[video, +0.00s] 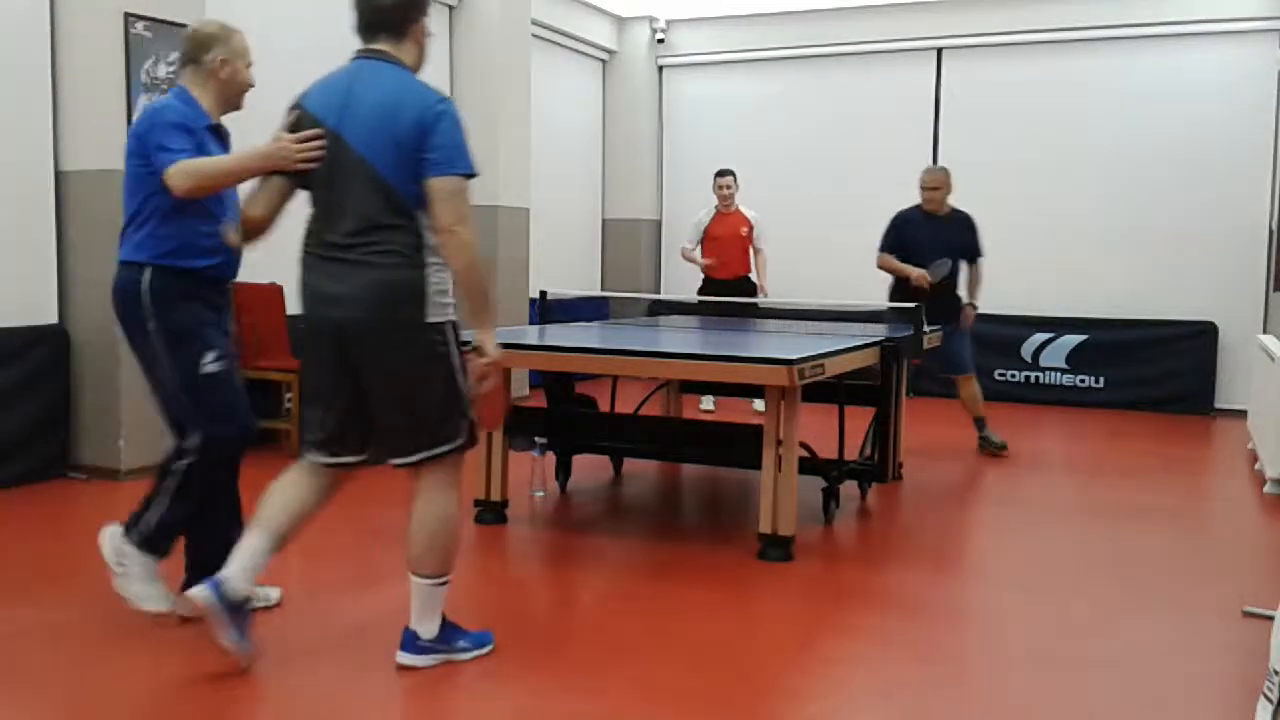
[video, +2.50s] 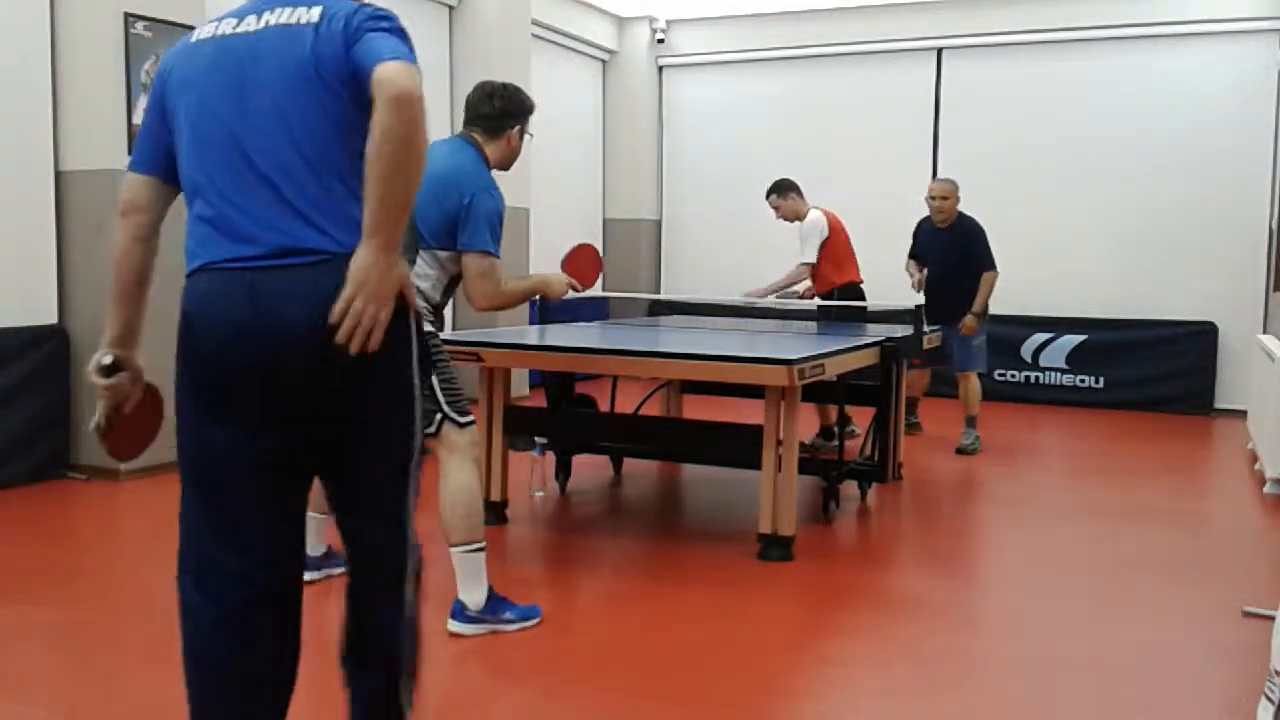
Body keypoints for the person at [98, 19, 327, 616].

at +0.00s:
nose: (250, 79)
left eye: (249, 68)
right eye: (244, 67)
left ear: (212, 67)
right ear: (217, 67)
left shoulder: (208, 130)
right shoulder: (168, 114)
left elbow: (232, 232)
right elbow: (182, 180)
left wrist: (286, 177)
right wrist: (262, 159)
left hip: (203, 287)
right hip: (160, 287)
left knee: (219, 430)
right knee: (217, 427)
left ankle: (212, 577)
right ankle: (133, 544)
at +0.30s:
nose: (274, 70)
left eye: (273, 58)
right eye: (272, 58)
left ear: (210, 57)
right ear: (253, 57)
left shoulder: (180, 112)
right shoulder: (231, 114)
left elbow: (194, 208)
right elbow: (256, 203)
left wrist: (327, 173)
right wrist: (345, 169)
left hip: (162, 291)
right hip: (207, 295)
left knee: (195, 447)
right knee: (240, 449)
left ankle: (205, 589)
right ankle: (226, 620)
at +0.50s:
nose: (277, 64)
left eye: (278, 52)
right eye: (277, 52)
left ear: (213, 44)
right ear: (258, 47)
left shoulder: (154, 103)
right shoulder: (252, 108)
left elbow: (115, 203)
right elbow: (303, 207)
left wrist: (148, 266)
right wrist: (325, 142)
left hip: (154, 291)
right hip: (225, 293)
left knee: (183, 453)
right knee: (243, 456)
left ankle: (156, 597)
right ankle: (224, 621)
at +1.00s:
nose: (233, 45)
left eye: (226, 33)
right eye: (232, 35)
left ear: (162, 29)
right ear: (222, 35)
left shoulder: (91, 95)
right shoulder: (231, 86)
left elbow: (46, 208)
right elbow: (285, 186)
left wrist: (42, 320)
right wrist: (242, 123)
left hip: (110, 303)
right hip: (207, 301)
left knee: (116, 492)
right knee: (232, 479)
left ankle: (129, 694)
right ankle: (235, 644)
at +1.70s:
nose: (325, 13)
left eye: (323, 5)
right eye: (323, 5)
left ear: (245, 5)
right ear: (304, 4)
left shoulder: (168, 76)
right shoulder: (325, 60)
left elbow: (130, 211)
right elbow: (386, 164)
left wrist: (140, 334)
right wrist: (340, 169)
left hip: (196, 310)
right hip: (303, 309)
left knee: (176, 522)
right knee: (309, 533)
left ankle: (138, 697)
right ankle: (294, 707)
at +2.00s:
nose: (362, 11)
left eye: (361, 5)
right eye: (362, 4)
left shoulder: (196, 54)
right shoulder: (358, 41)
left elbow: (158, 193)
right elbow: (387, 141)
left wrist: (202, 291)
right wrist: (386, 287)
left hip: (215, 305)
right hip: (323, 302)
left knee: (221, 541)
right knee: (330, 538)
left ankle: (224, 708)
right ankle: (301, 709)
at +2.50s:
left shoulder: (182, 56)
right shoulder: (358, 18)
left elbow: (136, 209)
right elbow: (400, 97)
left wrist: (118, 347)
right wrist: (381, 250)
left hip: (221, 313)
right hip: (350, 300)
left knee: (230, 558)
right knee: (380, 549)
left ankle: (230, 710)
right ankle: (381, 706)